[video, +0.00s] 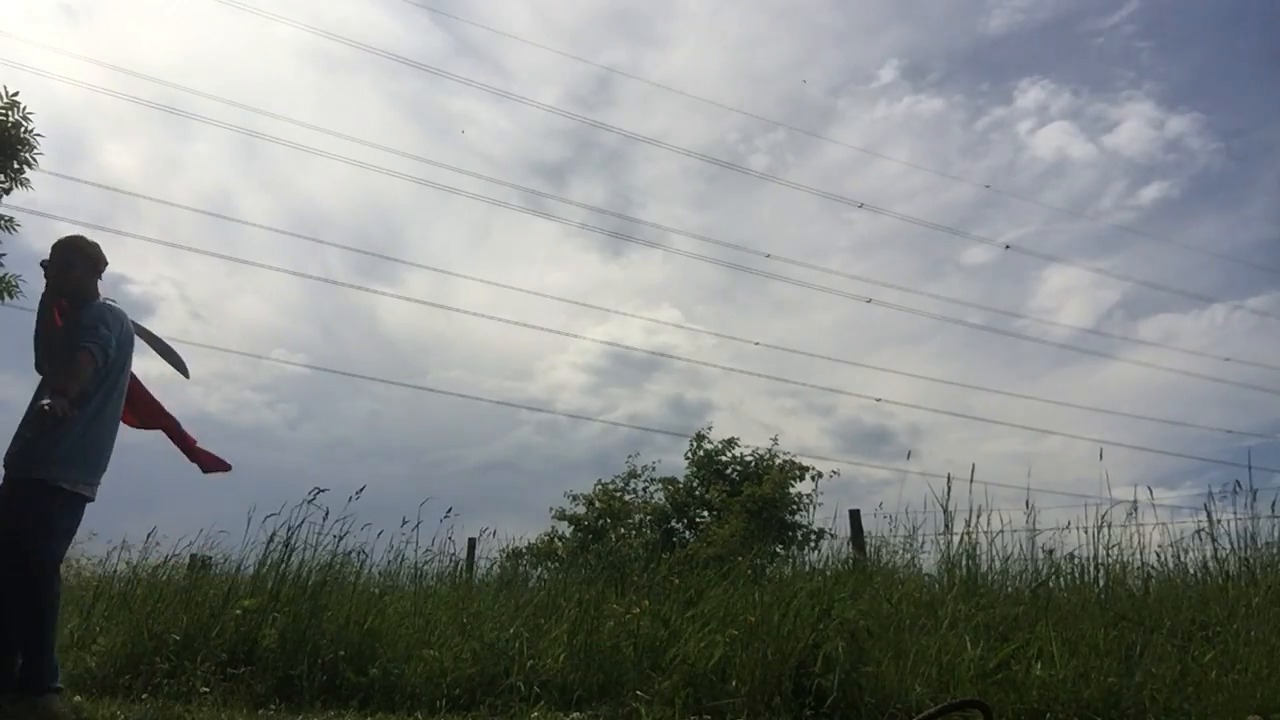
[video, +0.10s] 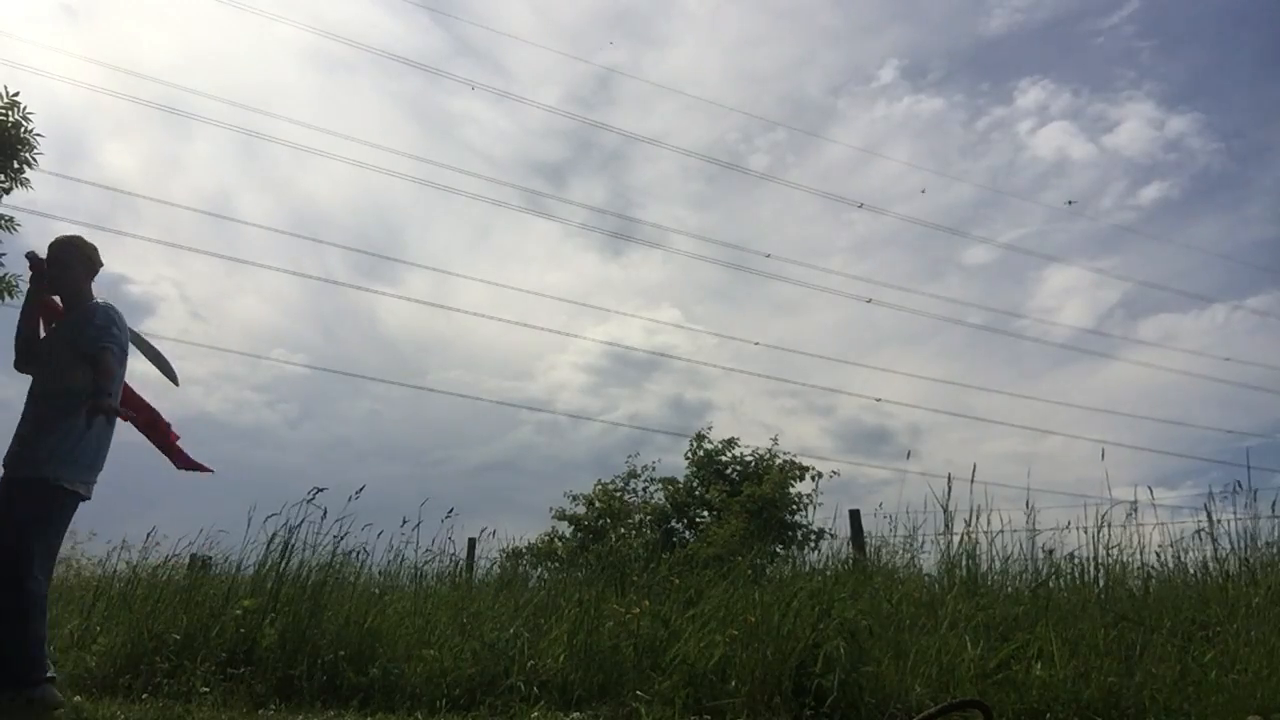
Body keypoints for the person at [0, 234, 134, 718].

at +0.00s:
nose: (49, 277)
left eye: (57, 268)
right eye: (49, 269)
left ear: (86, 271)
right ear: (85, 274)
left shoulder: (102, 316)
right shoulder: (90, 322)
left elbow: (78, 371)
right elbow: (48, 363)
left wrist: (59, 398)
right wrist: (47, 302)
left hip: (53, 472)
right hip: (48, 472)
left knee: (32, 574)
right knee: (29, 574)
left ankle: (36, 684)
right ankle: (32, 680)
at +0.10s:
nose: (54, 274)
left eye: (62, 264)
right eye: (51, 265)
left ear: (86, 270)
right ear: (55, 275)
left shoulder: (103, 317)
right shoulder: (63, 329)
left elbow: (113, 359)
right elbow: (24, 357)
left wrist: (108, 397)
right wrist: (34, 296)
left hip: (60, 467)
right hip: (27, 463)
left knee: (25, 572)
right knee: (16, 571)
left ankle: (30, 684)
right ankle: (26, 680)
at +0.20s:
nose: (50, 269)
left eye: (61, 261)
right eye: (48, 261)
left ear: (85, 271)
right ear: (45, 272)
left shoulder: (97, 314)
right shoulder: (51, 334)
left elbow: (129, 365)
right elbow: (10, 350)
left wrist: (148, 407)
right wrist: (20, 295)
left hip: (58, 468)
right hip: (27, 466)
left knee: (21, 570)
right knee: (16, 571)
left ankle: (35, 680)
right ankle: (26, 678)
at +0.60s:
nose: (69, 271)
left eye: (81, 263)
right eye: (68, 263)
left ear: (108, 274)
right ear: (66, 274)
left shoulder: (135, 329)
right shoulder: (42, 336)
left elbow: (184, 364)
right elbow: (6, 361)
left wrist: (216, 397)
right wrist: (4, 334)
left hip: (82, 474)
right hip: (23, 472)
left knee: (69, 565)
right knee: (5, 572)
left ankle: (101, 684)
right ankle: (4, 686)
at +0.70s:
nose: (96, 272)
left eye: (108, 264)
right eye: (91, 264)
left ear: (130, 274)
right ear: (84, 275)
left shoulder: (154, 328)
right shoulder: (65, 327)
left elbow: (202, 361)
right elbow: (36, 380)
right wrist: (12, 321)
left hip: (97, 478)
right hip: (35, 472)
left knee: (84, 578)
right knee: (9, 580)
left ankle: (101, 695)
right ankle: (4, 688)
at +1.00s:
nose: (131, 261)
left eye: (142, 253)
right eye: (125, 254)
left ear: (167, 262)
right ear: (119, 263)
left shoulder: (188, 307)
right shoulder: (98, 309)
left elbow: (144, 306)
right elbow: (129, 361)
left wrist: (80, 294)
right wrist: (202, 384)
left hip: (132, 459)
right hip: (70, 455)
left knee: (118, 568)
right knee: (54, 568)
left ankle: (106, 686)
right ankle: (68, 686)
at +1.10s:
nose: (136, 262)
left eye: (148, 256)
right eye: (130, 254)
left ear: (168, 266)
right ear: (123, 261)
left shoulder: (183, 311)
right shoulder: (99, 302)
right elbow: (103, 361)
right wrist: (182, 394)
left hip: (137, 459)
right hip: (77, 454)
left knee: (118, 572)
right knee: (70, 572)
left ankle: (110, 689)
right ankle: (78, 688)